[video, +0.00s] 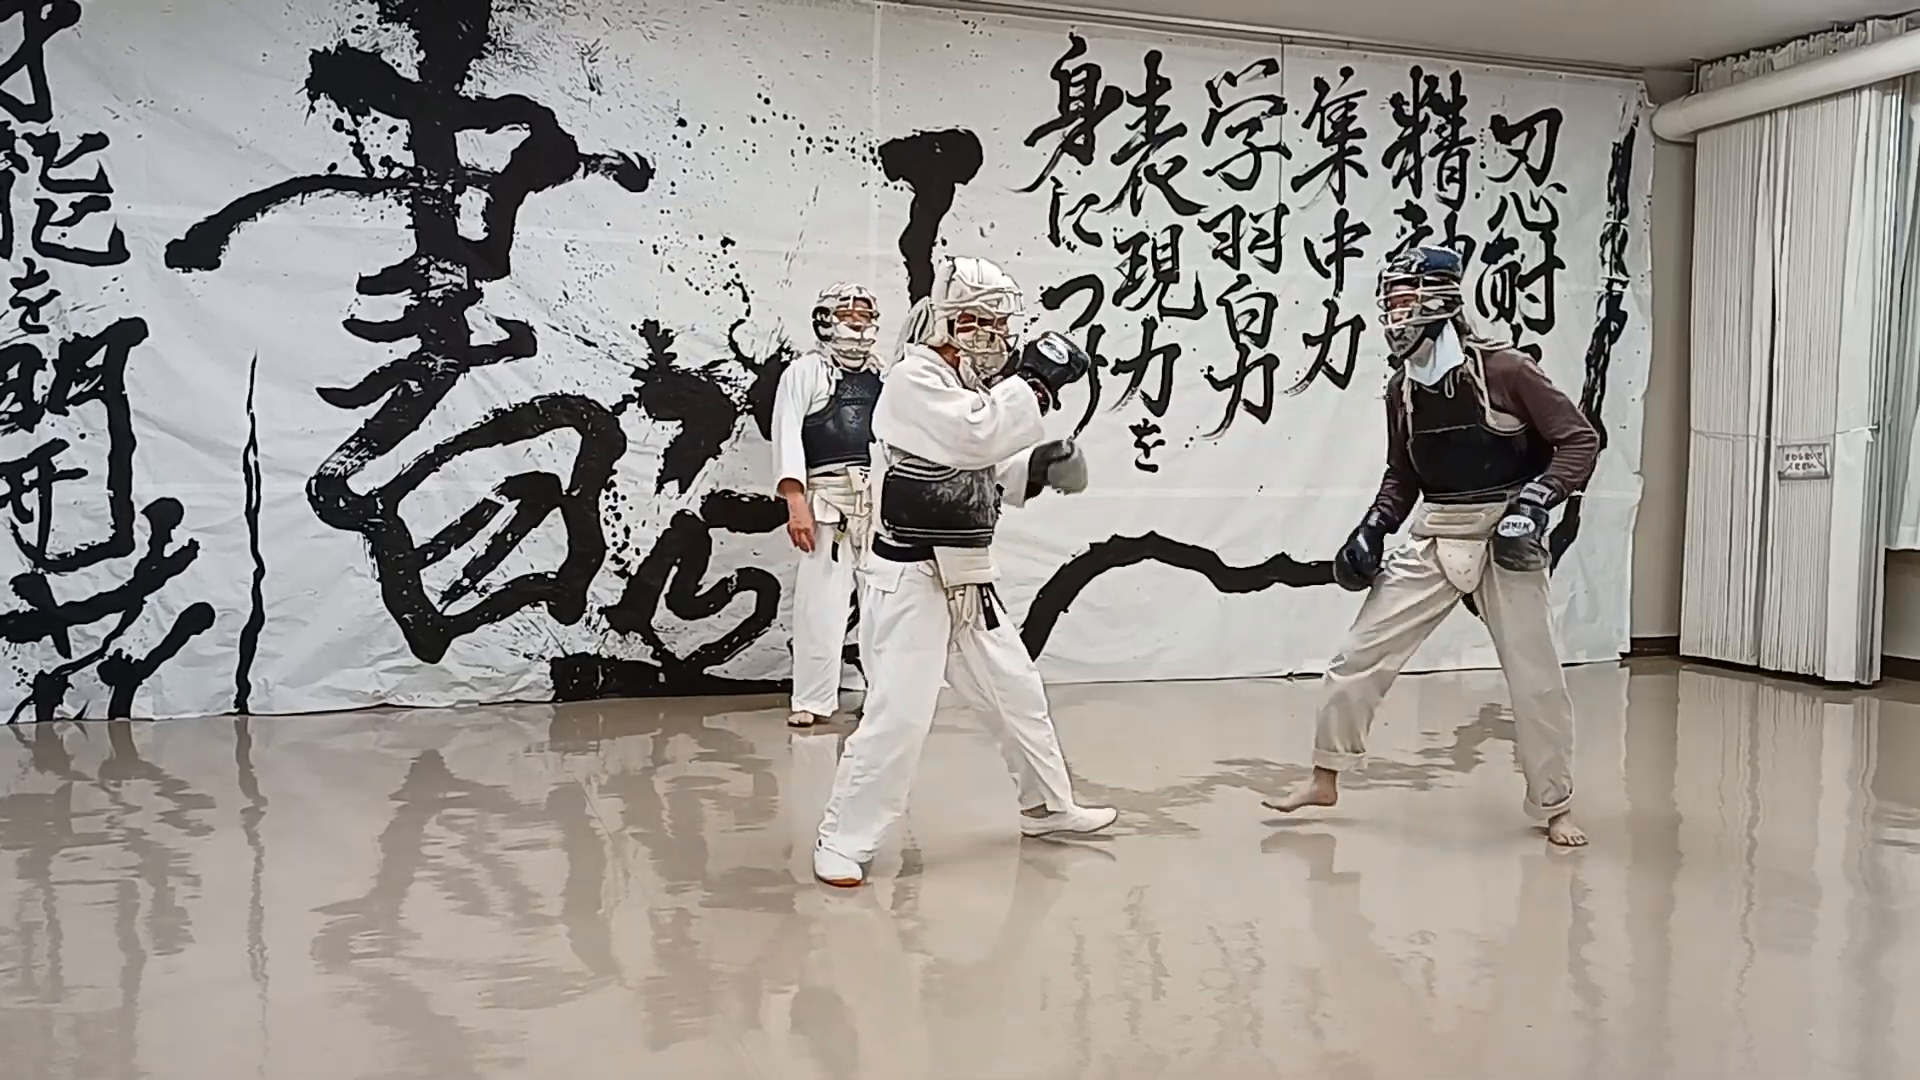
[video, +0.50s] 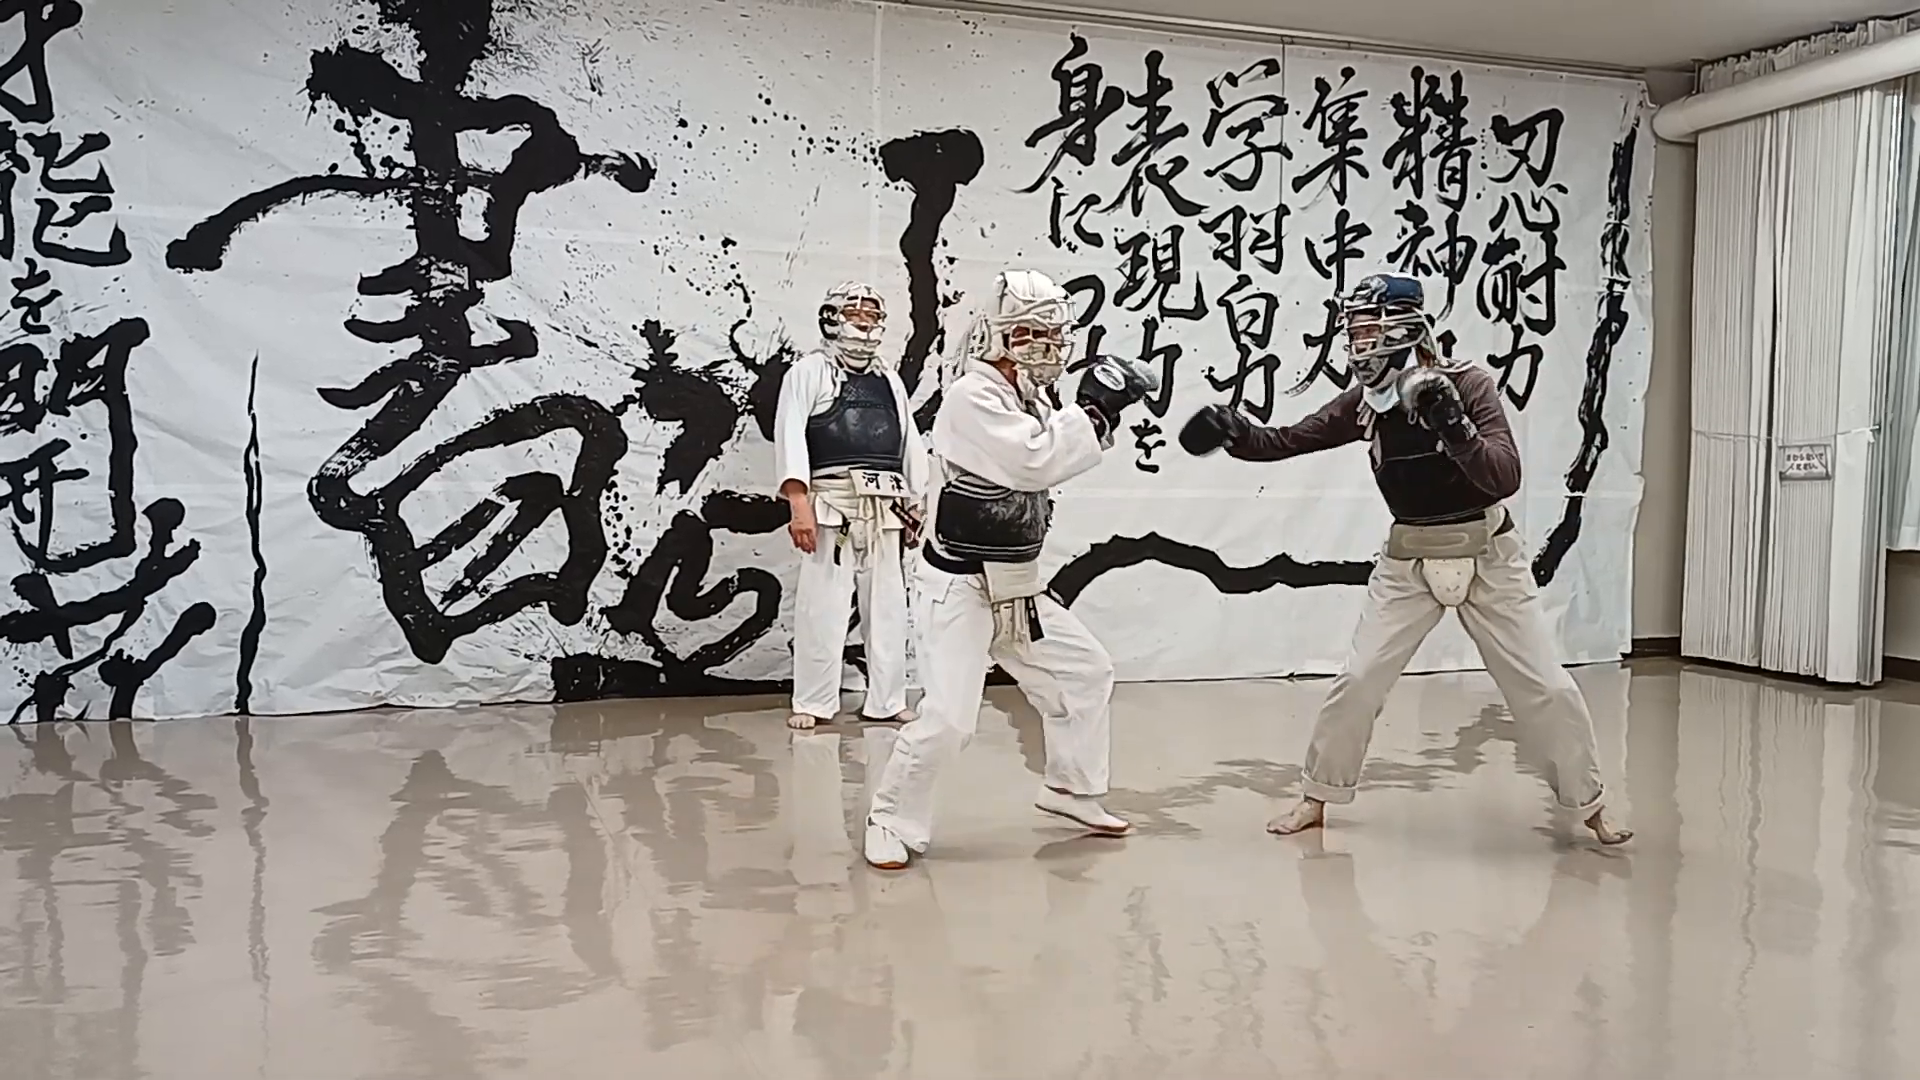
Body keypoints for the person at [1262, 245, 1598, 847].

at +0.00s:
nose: (1395, 315)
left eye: (1406, 303)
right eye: (1391, 304)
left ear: (1444, 303)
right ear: (1388, 309)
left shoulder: (1503, 370)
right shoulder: (1402, 388)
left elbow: (1579, 440)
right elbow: (1402, 474)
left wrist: (1535, 502)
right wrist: (1372, 530)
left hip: (1503, 530)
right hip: (1428, 533)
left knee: (1535, 678)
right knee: (1359, 655)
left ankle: (1556, 809)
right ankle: (1323, 780)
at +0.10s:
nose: (1371, 314)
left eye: (1384, 302)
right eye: (1369, 303)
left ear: (1421, 304)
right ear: (1370, 308)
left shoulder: (1482, 371)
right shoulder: (1381, 392)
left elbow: (1560, 439)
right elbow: (1376, 477)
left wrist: (1512, 494)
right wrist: (1369, 536)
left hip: (1488, 536)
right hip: (1414, 540)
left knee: (1527, 678)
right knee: (1365, 672)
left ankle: (1555, 809)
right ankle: (1310, 800)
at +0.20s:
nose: (1351, 332)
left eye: (1362, 319)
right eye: (1345, 322)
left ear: (1398, 319)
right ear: (1341, 328)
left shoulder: (1459, 379)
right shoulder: (1358, 403)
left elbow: (1531, 452)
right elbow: (1349, 488)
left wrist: (1490, 493)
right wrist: (1349, 547)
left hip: (1475, 545)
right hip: (1399, 549)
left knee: (1513, 681)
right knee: (1355, 674)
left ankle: (1551, 807)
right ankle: (1314, 801)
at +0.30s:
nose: (1333, 338)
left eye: (1344, 325)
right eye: (1329, 327)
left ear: (1381, 321)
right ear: (1331, 329)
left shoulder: (1451, 378)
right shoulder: (1348, 403)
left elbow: (1513, 455)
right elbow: (1331, 482)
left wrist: (1460, 474)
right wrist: (1318, 529)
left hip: (1474, 547)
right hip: (1396, 548)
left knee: (1517, 678)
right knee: (1356, 672)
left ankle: (1550, 804)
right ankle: (1313, 801)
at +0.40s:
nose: (1339, 342)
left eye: (1350, 327)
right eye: (1333, 330)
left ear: (1385, 323)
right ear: (1330, 334)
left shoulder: (1452, 377)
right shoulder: (1349, 403)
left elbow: (1512, 463)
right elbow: (1306, 465)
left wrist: (1444, 442)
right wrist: (1278, 489)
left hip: (1478, 544)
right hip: (1399, 548)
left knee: (1530, 680)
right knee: (1356, 672)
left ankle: (1563, 800)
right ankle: (1313, 798)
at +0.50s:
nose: (1356, 340)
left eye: (1369, 328)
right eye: (1353, 329)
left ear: (1406, 328)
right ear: (1354, 334)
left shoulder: (1471, 385)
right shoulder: (1365, 401)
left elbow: (1504, 480)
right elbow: (1285, 440)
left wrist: (1451, 425)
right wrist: (1232, 428)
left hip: (1489, 554)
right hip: (1408, 560)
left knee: (1547, 687)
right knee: (1358, 680)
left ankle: (1591, 806)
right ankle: (1313, 801)